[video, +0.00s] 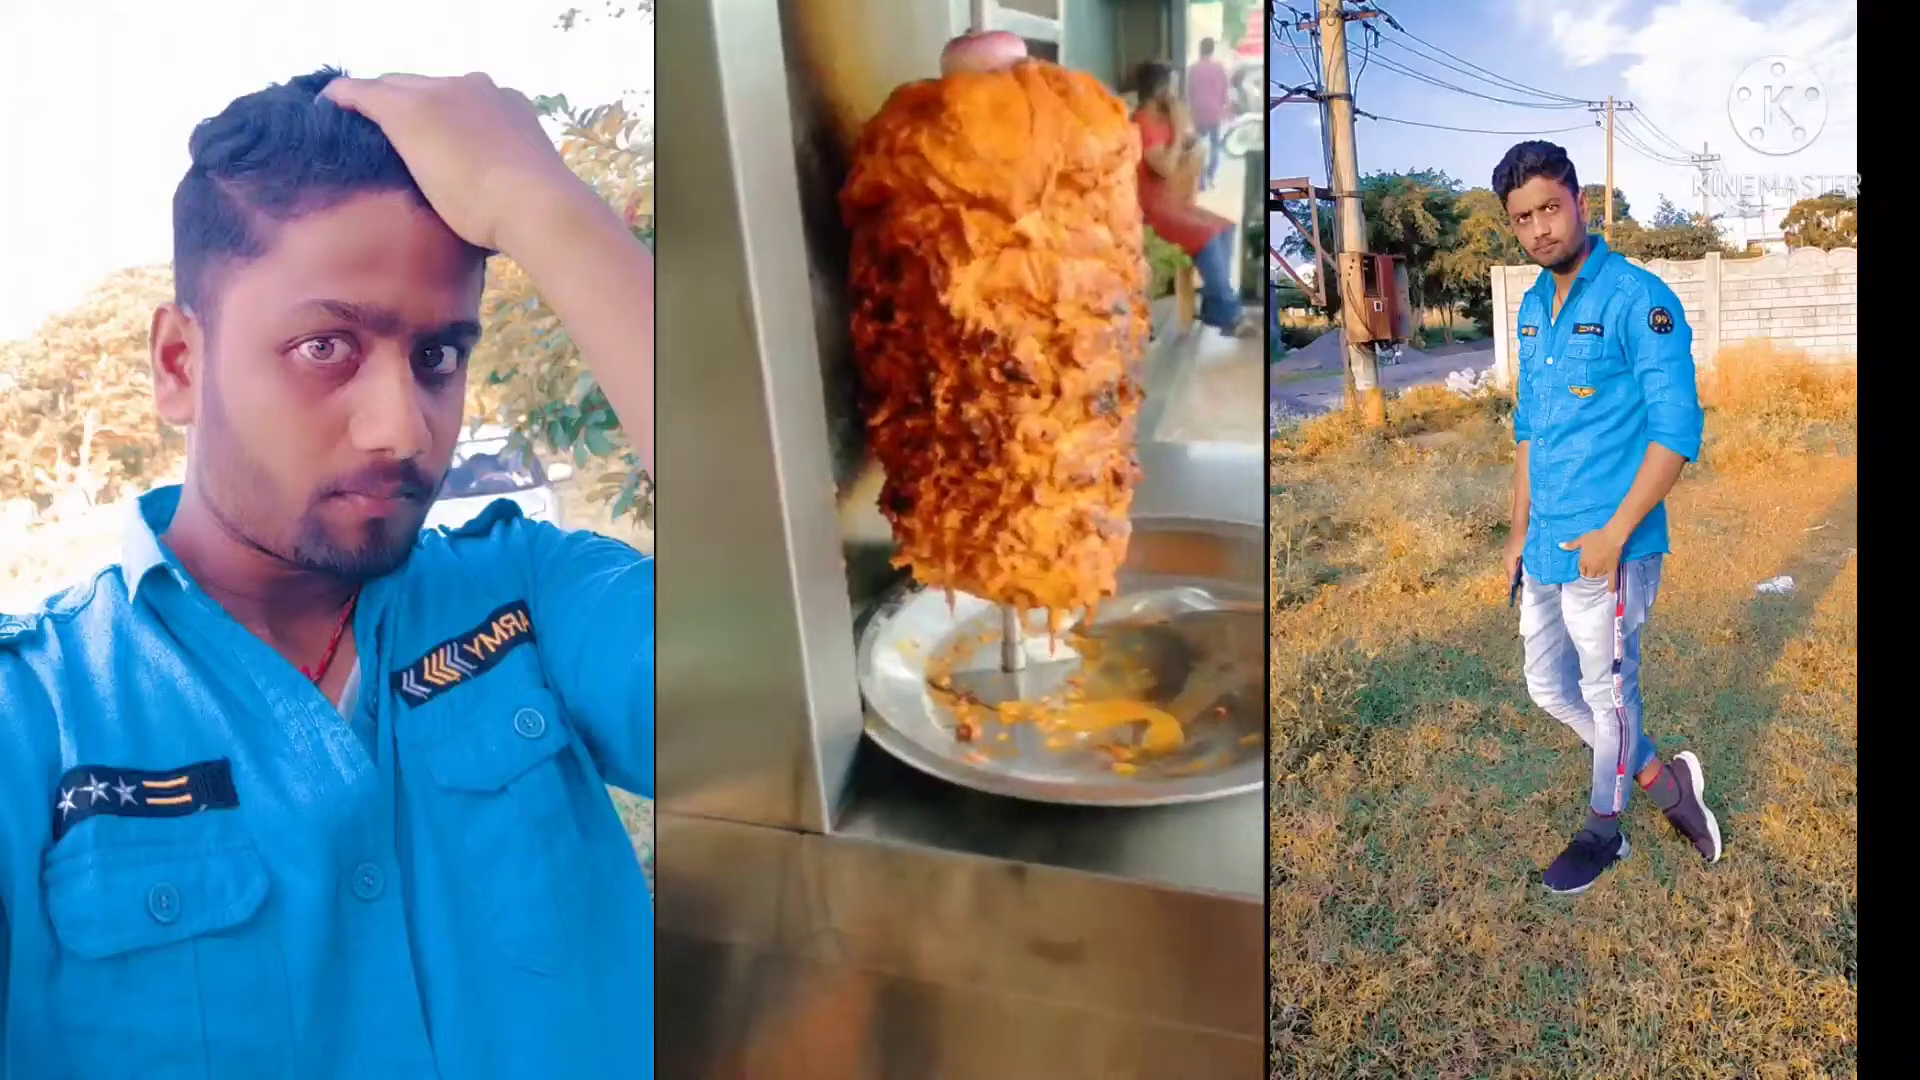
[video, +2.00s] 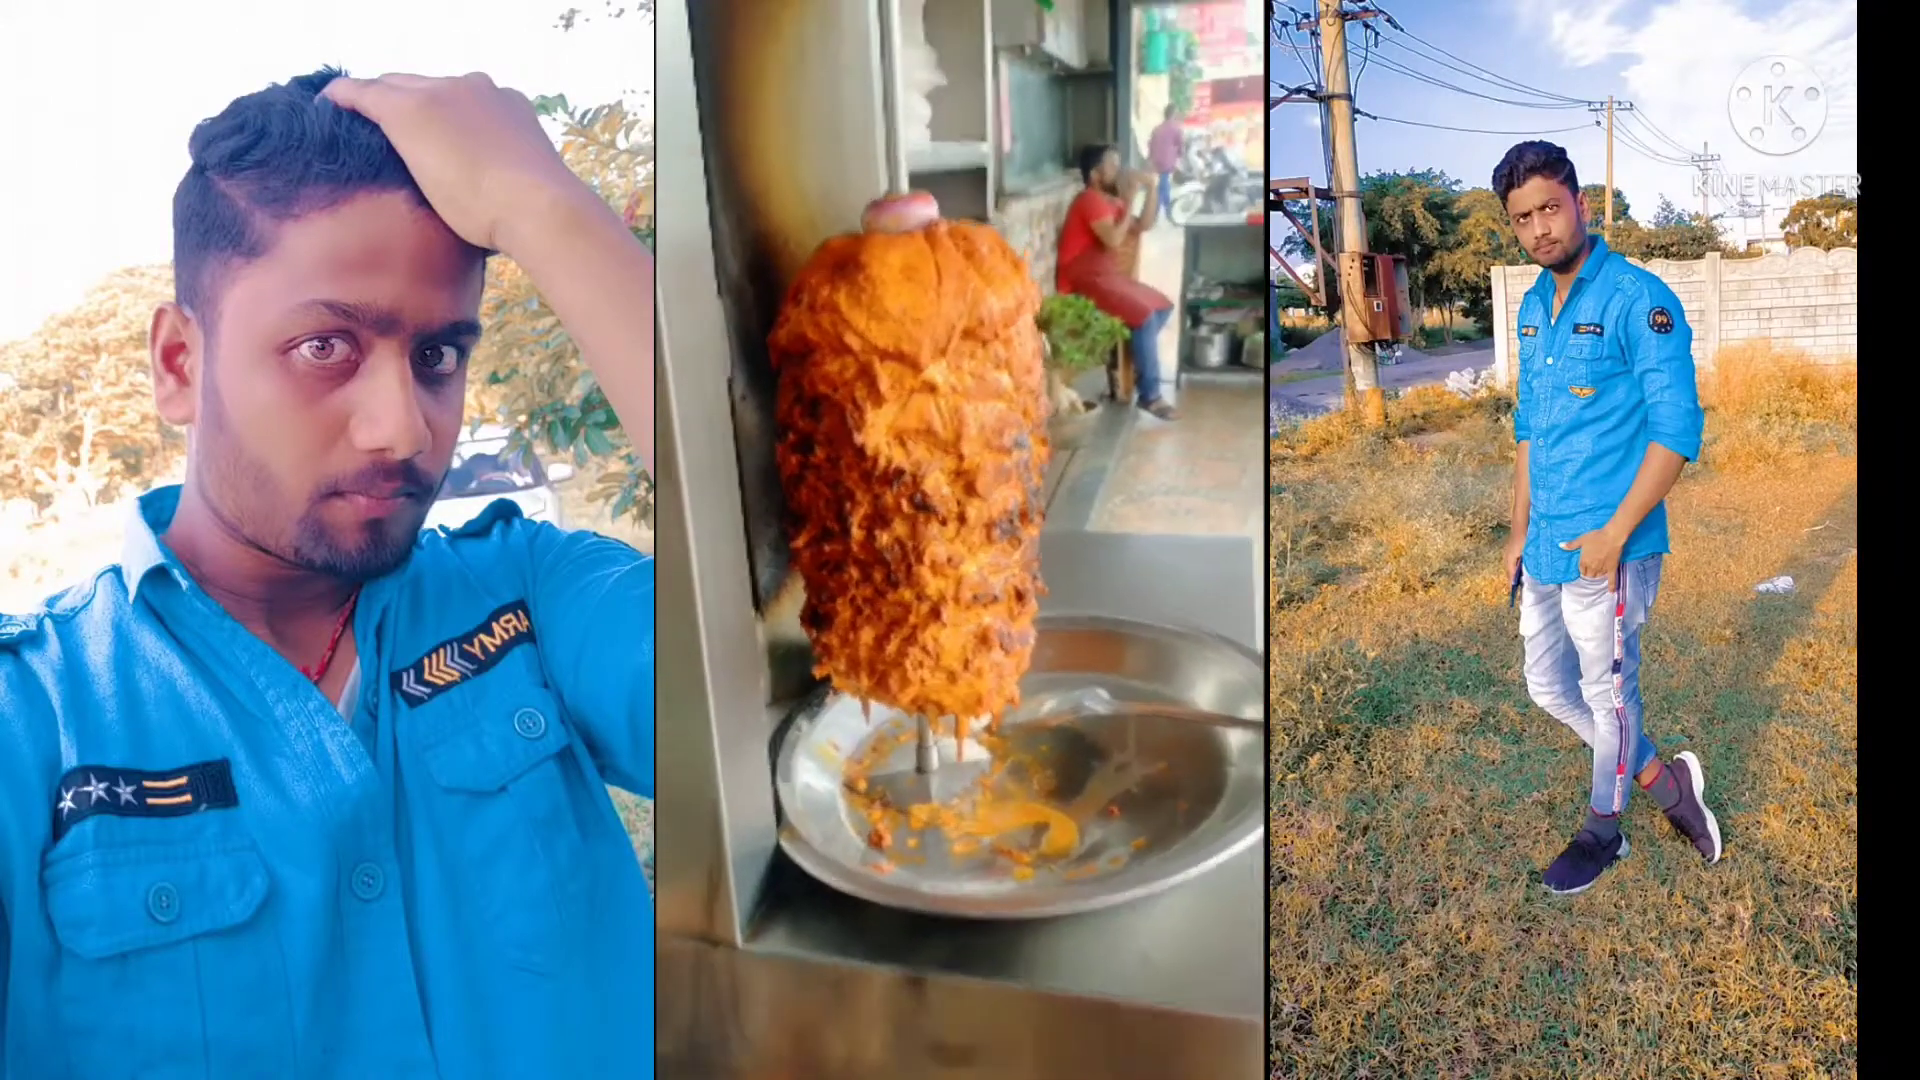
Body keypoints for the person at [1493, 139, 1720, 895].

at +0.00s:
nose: (1539, 228)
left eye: (1550, 208)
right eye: (1522, 218)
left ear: (1581, 202)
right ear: (1512, 228)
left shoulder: (1640, 298)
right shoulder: (1534, 306)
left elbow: (1678, 432)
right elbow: (1529, 431)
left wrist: (1616, 531)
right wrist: (1520, 530)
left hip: (1612, 537)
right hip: (1544, 538)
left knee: (1610, 690)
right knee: (1549, 684)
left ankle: (1603, 829)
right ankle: (1665, 778)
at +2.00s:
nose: (1538, 228)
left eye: (1549, 208)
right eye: (1522, 218)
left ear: (1581, 203)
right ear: (1513, 228)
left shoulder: (1640, 298)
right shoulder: (1534, 307)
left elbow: (1678, 431)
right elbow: (1529, 431)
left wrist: (1615, 532)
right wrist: (1520, 530)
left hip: (1611, 536)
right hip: (1544, 538)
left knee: (1610, 689)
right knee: (1548, 684)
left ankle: (1602, 828)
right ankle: (1666, 778)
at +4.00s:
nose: (1538, 228)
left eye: (1549, 208)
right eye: (1522, 219)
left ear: (1582, 203)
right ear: (1513, 229)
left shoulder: (1640, 298)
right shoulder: (1534, 306)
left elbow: (1678, 432)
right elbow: (1529, 431)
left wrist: (1616, 531)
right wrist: (1520, 529)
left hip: (1612, 536)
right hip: (1544, 537)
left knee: (1609, 689)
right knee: (1549, 684)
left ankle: (1602, 828)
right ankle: (1665, 778)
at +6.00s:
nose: (1537, 229)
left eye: (1548, 208)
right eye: (1522, 219)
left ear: (1582, 202)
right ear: (1513, 228)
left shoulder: (1641, 298)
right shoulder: (1534, 306)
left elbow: (1678, 432)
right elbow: (1529, 431)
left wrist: (1616, 532)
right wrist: (1520, 528)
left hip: (1612, 537)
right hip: (1544, 538)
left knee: (1610, 690)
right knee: (1549, 684)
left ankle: (1602, 828)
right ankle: (1664, 777)